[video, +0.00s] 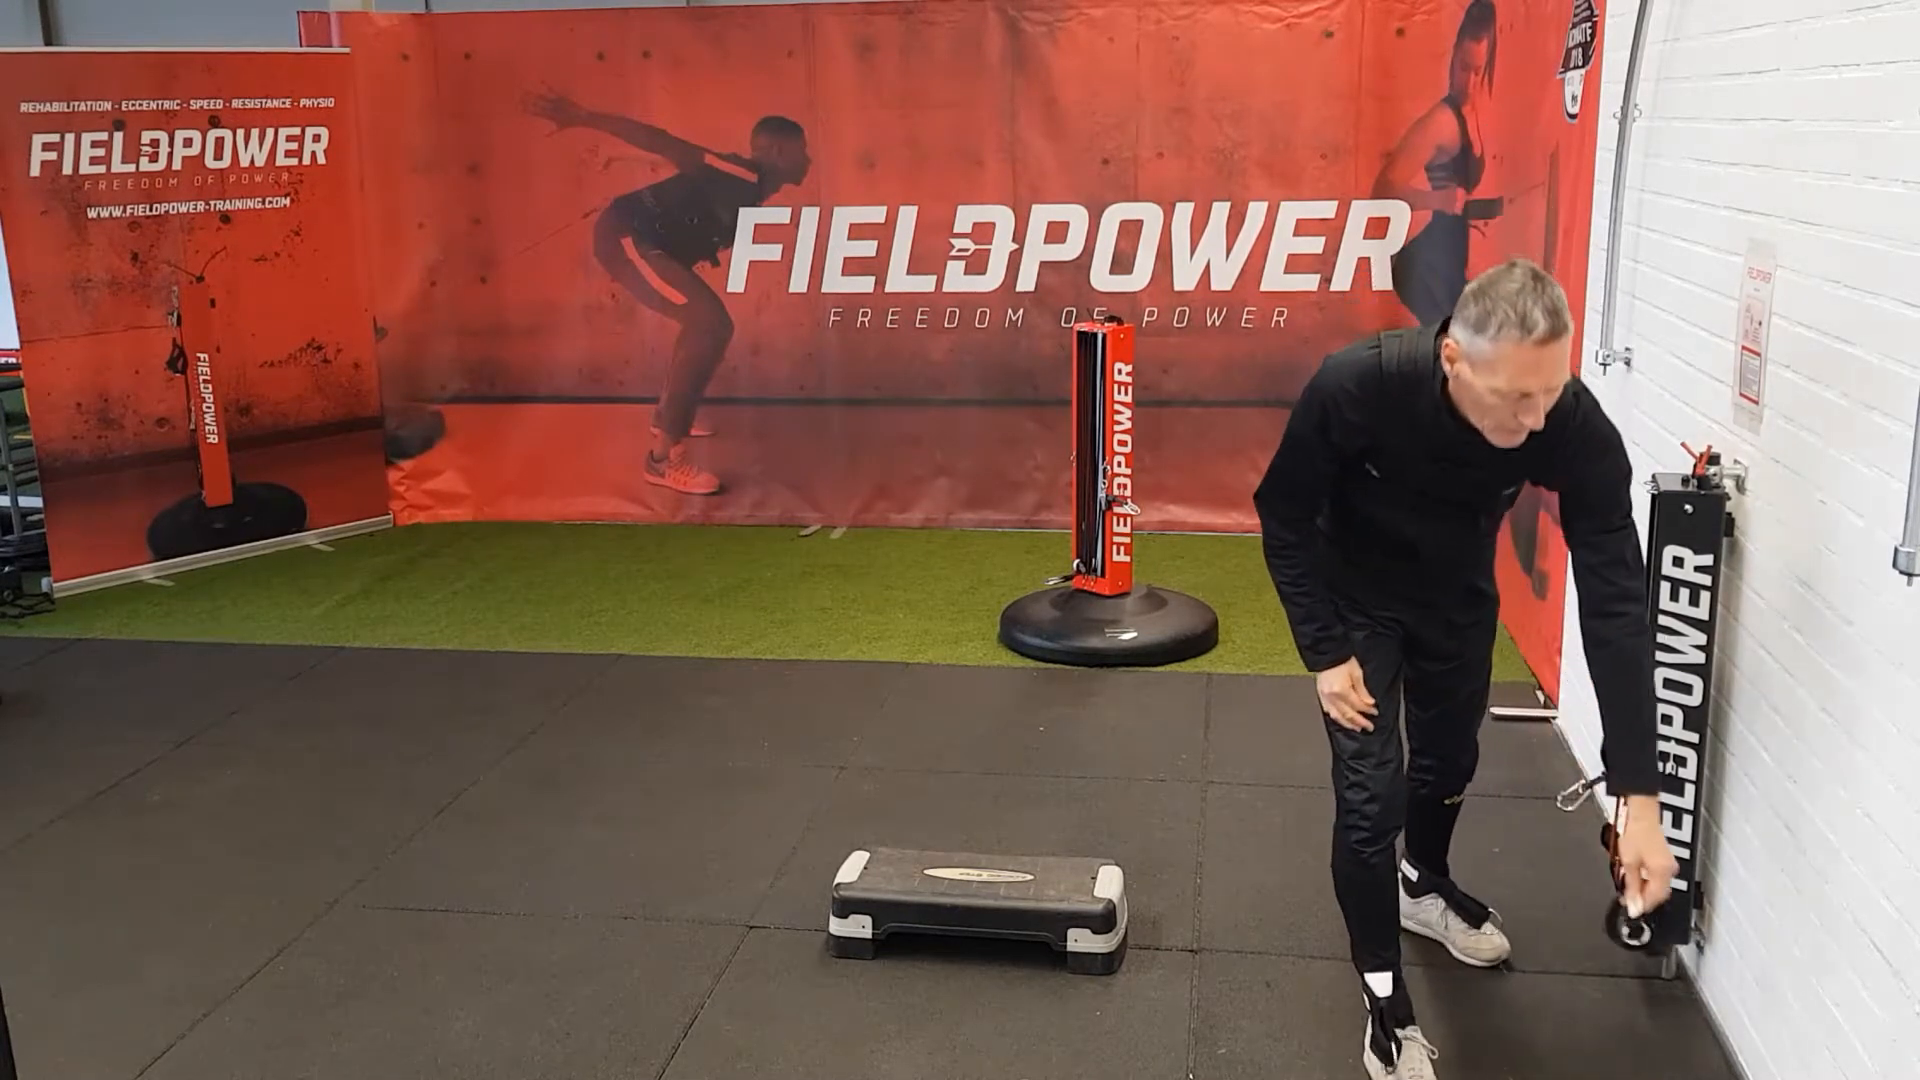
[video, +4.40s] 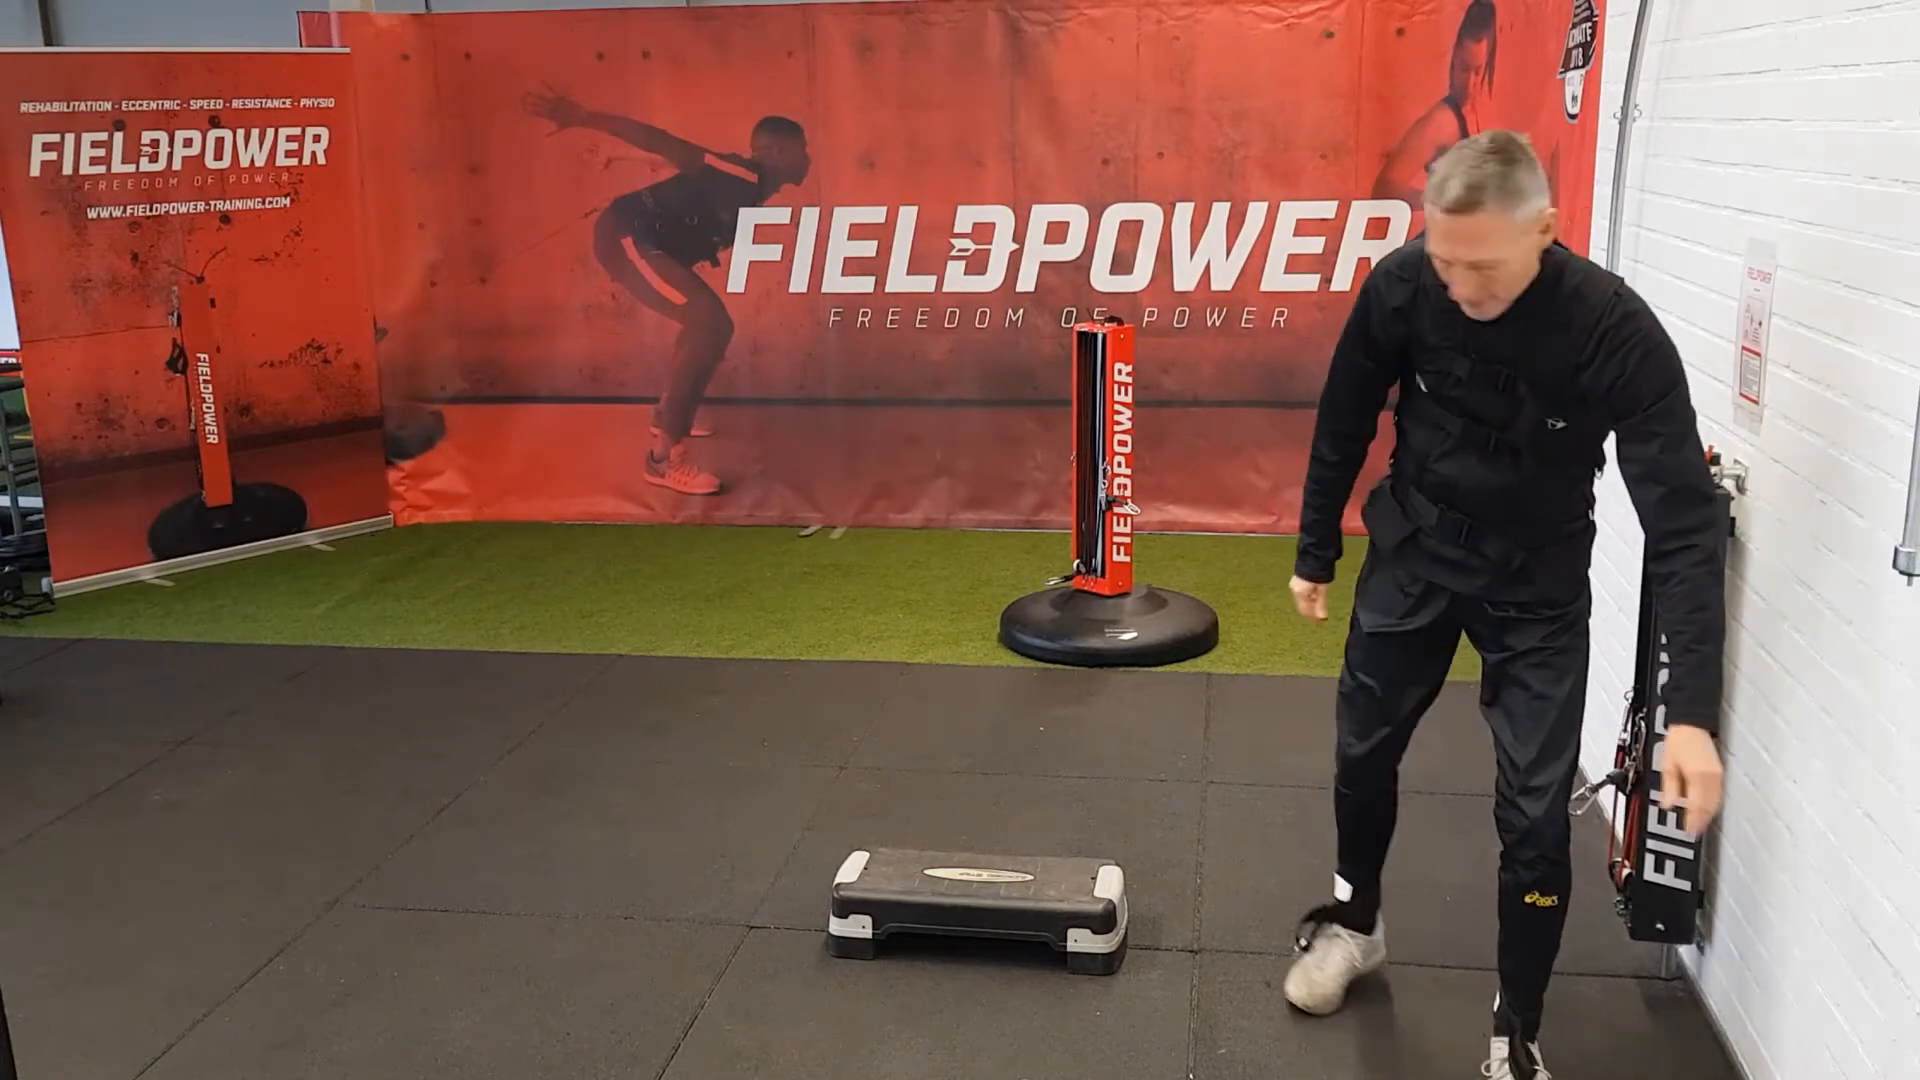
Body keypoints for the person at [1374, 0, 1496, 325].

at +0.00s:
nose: (1471, 81)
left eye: (1480, 71)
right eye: (1465, 68)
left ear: (1489, 70)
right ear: (1450, 63)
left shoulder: (1469, 118)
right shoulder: (1440, 121)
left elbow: (1439, 189)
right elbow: (1386, 188)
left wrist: (1474, 210)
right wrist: (1437, 200)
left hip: (1445, 254)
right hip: (1425, 258)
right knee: (1454, 348)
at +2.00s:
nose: (1472, 81)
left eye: (1482, 71)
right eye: (1465, 69)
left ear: (1491, 73)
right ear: (1450, 66)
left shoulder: (1465, 119)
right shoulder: (1442, 120)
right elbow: (1386, 188)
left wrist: (1467, 211)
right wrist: (1440, 199)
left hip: (1445, 257)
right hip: (1424, 261)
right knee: (1450, 358)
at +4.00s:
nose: (1469, 83)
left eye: (1478, 72)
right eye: (1462, 70)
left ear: (1487, 70)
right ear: (1447, 65)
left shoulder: (1470, 114)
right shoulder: (1440, 120)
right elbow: (1386, 187)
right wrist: (1441, 199)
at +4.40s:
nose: (1470, 83)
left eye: (1478, 72)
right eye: (1464, 70)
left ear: (1488, 68)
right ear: (1451, 63)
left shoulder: (1478, 112)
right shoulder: (1441, 119)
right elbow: (1385, 188)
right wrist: (1447, 200)